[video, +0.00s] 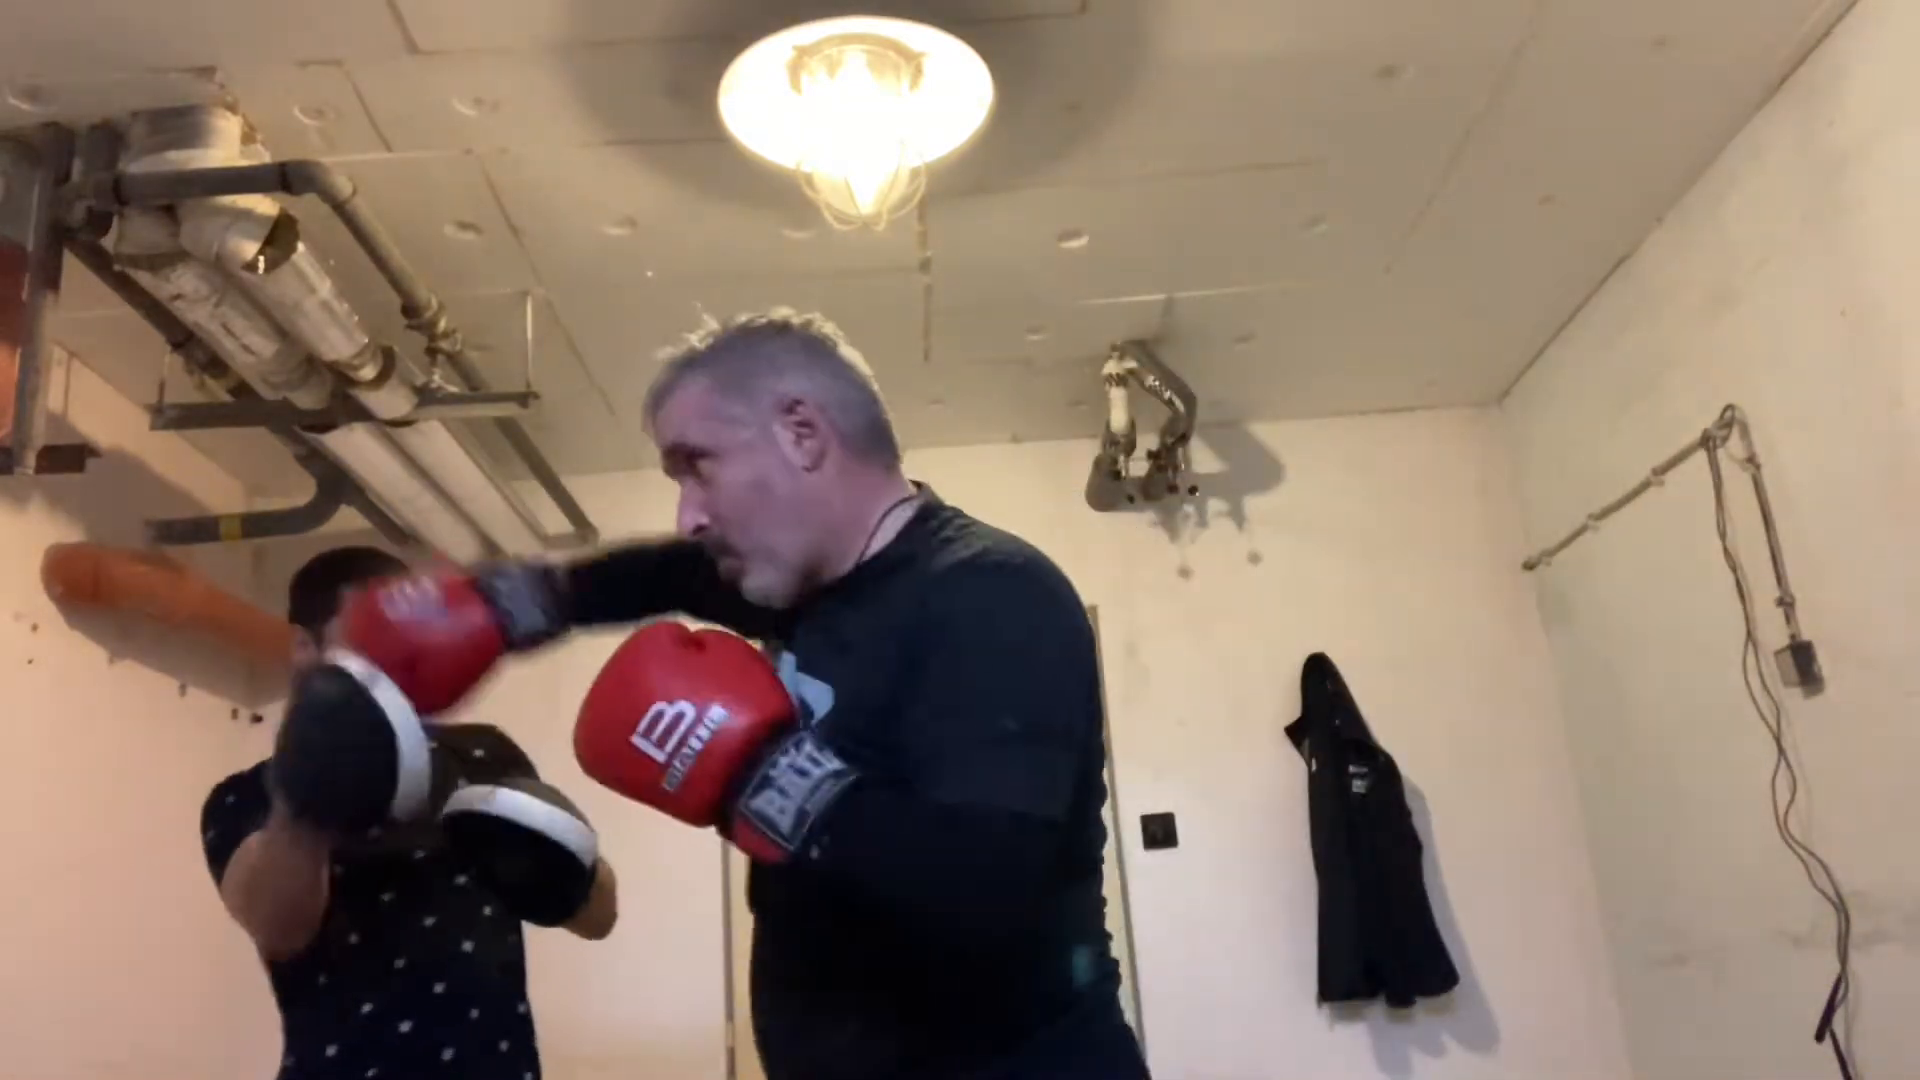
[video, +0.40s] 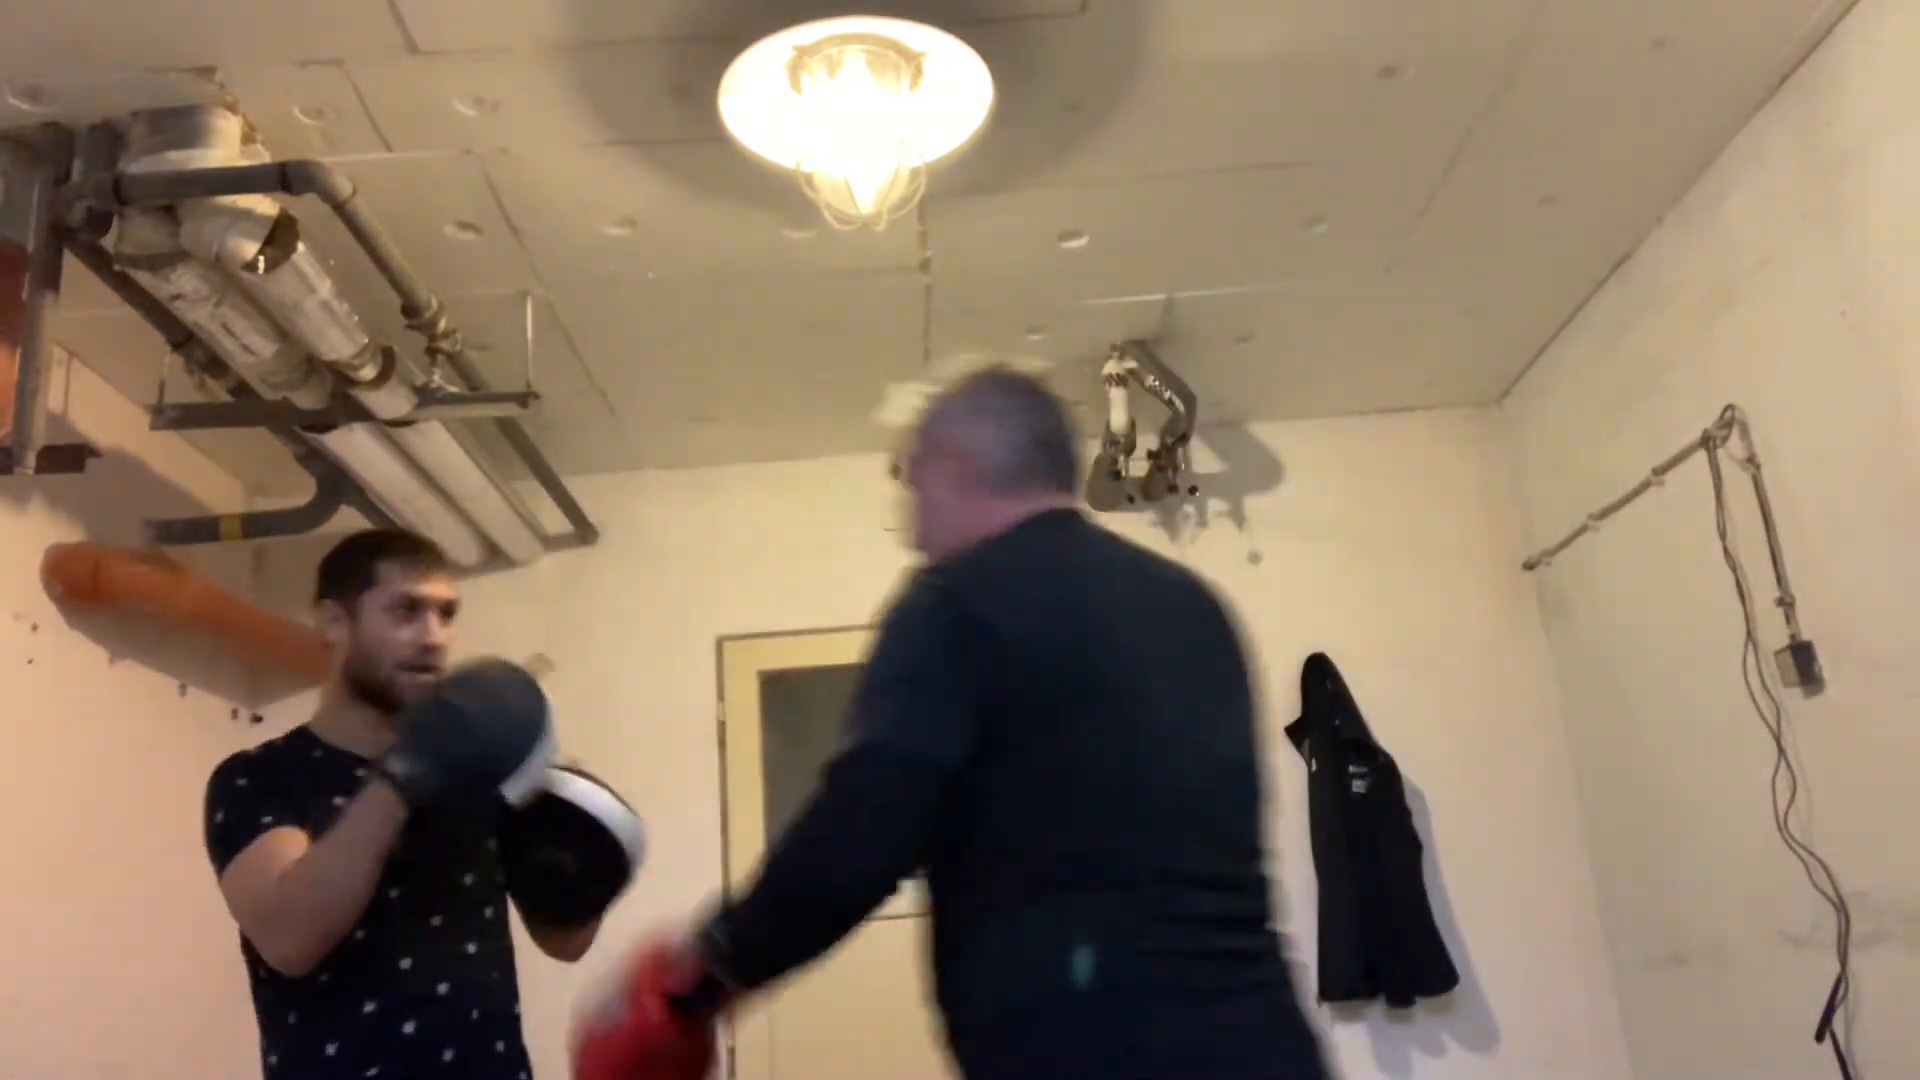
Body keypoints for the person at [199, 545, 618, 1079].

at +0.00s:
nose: (386, 650)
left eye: (401, 625)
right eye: (363, 633)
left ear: (427, 632)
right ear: (305, 649)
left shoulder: (479, 757)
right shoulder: (249, 800)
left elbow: (599, 916)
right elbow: (277, 929)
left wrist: (549, 870)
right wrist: (315, 783)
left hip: (493, 1060)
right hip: (343, 1067)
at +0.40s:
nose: (433, 637)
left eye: (445, 615)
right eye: (404, 612)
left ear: (458, 627)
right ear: (334, 626)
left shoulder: (470, 766)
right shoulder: (256, 781)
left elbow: (566, 942)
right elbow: (289, 939)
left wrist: (570, 854)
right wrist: (406, 774)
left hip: (488, 1066)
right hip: (342, 1070)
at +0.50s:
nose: (471, 634)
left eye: (482, 614)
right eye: (445, 610)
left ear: (491, 624)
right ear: (369, 622)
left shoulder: (503, 765)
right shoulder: (282, 779)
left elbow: (571, 954)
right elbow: (301, 953)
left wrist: (597, 881)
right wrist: (445, 812)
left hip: (501, 1066)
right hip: (354, 1069)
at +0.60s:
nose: (519, 630)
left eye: (529, 610)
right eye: (493, 605)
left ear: (538, 620)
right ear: (416, 616)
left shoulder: (546, 767)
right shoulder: (321, 773)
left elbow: (590, 960)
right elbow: (320, 967)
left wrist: (648, 898)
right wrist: (479, 865)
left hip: (525, 1066)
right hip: (379, 1069)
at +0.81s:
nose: (614, 618)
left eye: (621, 600)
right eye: (589, 593)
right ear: (514, 600)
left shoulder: (627, 766)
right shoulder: (400, 754)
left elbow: (625, 944)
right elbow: (359, 959)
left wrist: (687, 922)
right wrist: (527, 920)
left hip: (584, 1064)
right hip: (434, 1067)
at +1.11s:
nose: (653, 598)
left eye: (661, 579)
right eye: (626, 571)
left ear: (671, 589)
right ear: (551, 579)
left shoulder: (681, 751)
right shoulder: (443, 741)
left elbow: (732, 951)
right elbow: (397, 955)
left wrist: (793, 900)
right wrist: (566, 900)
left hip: (628, 1064)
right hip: (474, 1065)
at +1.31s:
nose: (591, 575)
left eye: (611, 554)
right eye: (560, 546)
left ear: (629, 574)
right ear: (499, 560)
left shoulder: (669, 739)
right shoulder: (406, 747)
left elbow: (743, 914)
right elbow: (367, 981)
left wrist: (841, 918)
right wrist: (540, 929)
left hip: (630, 1067)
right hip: (467, 1069)